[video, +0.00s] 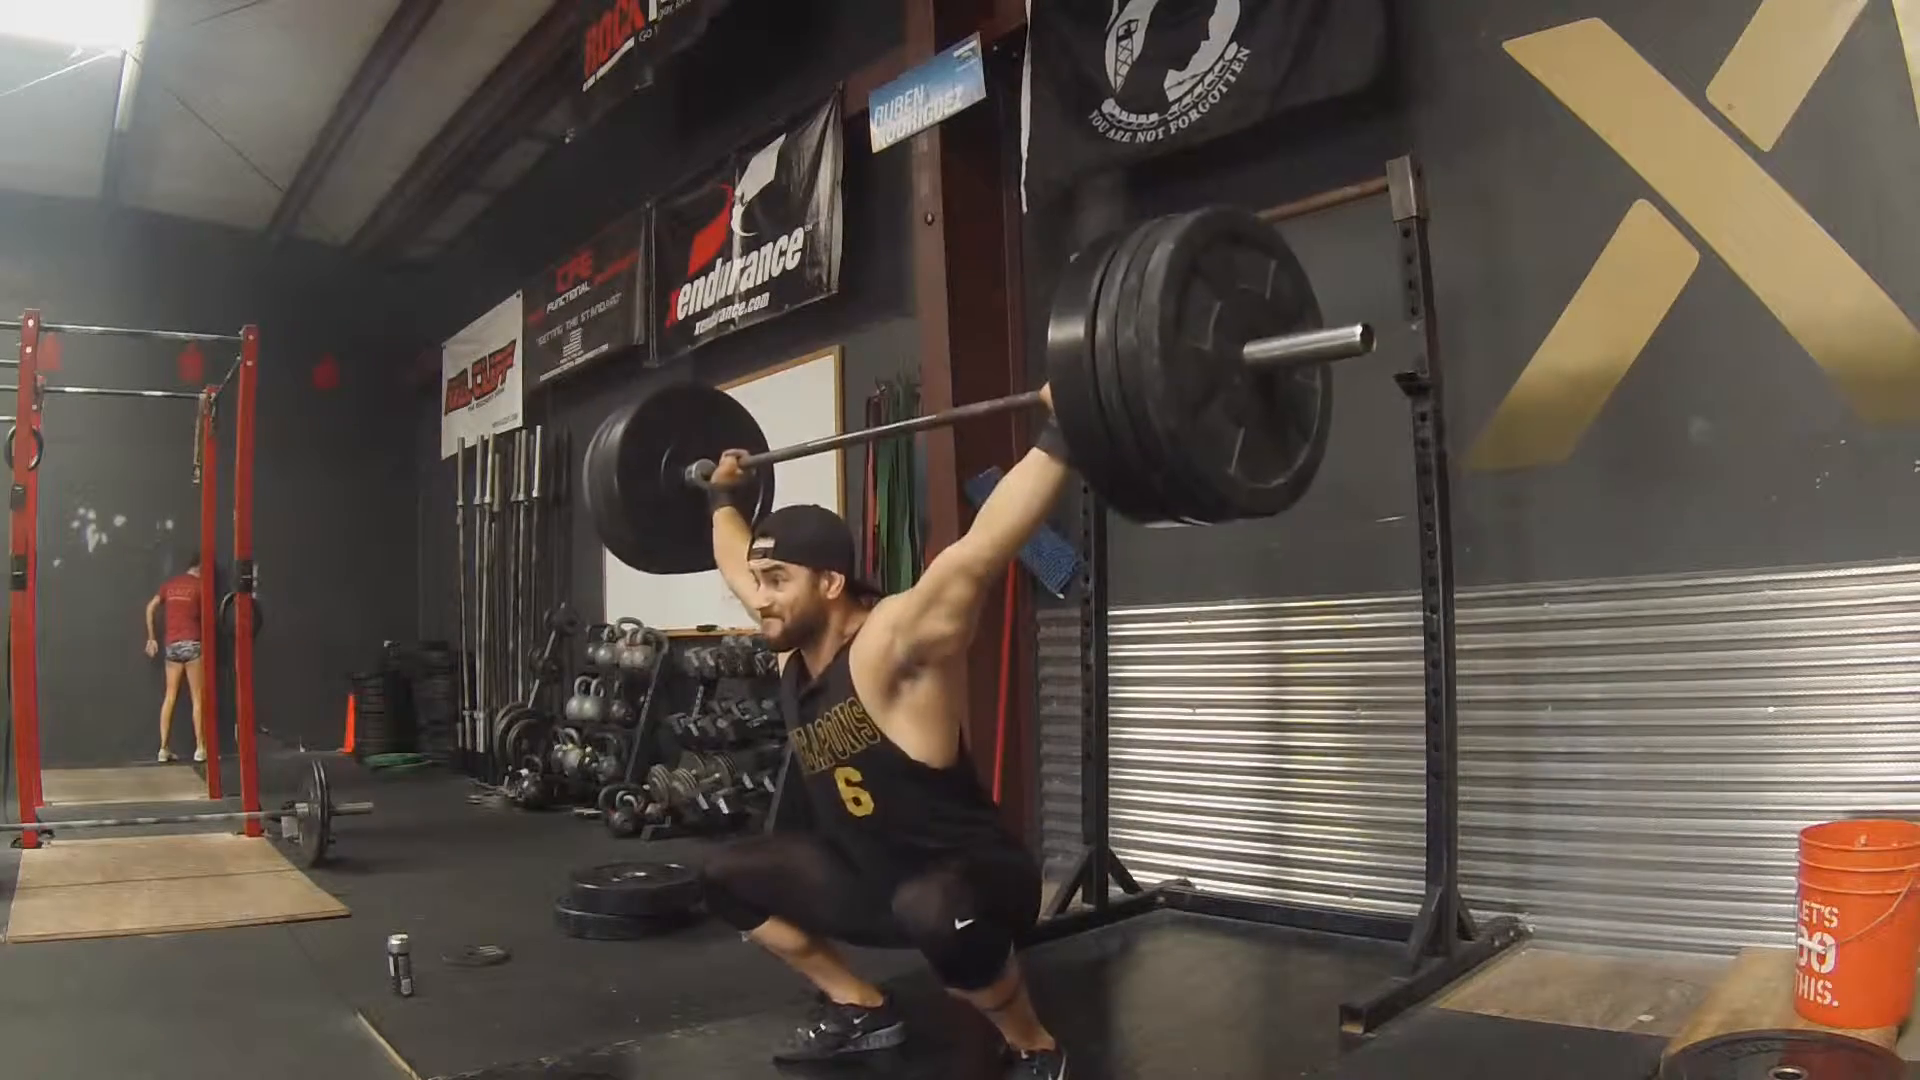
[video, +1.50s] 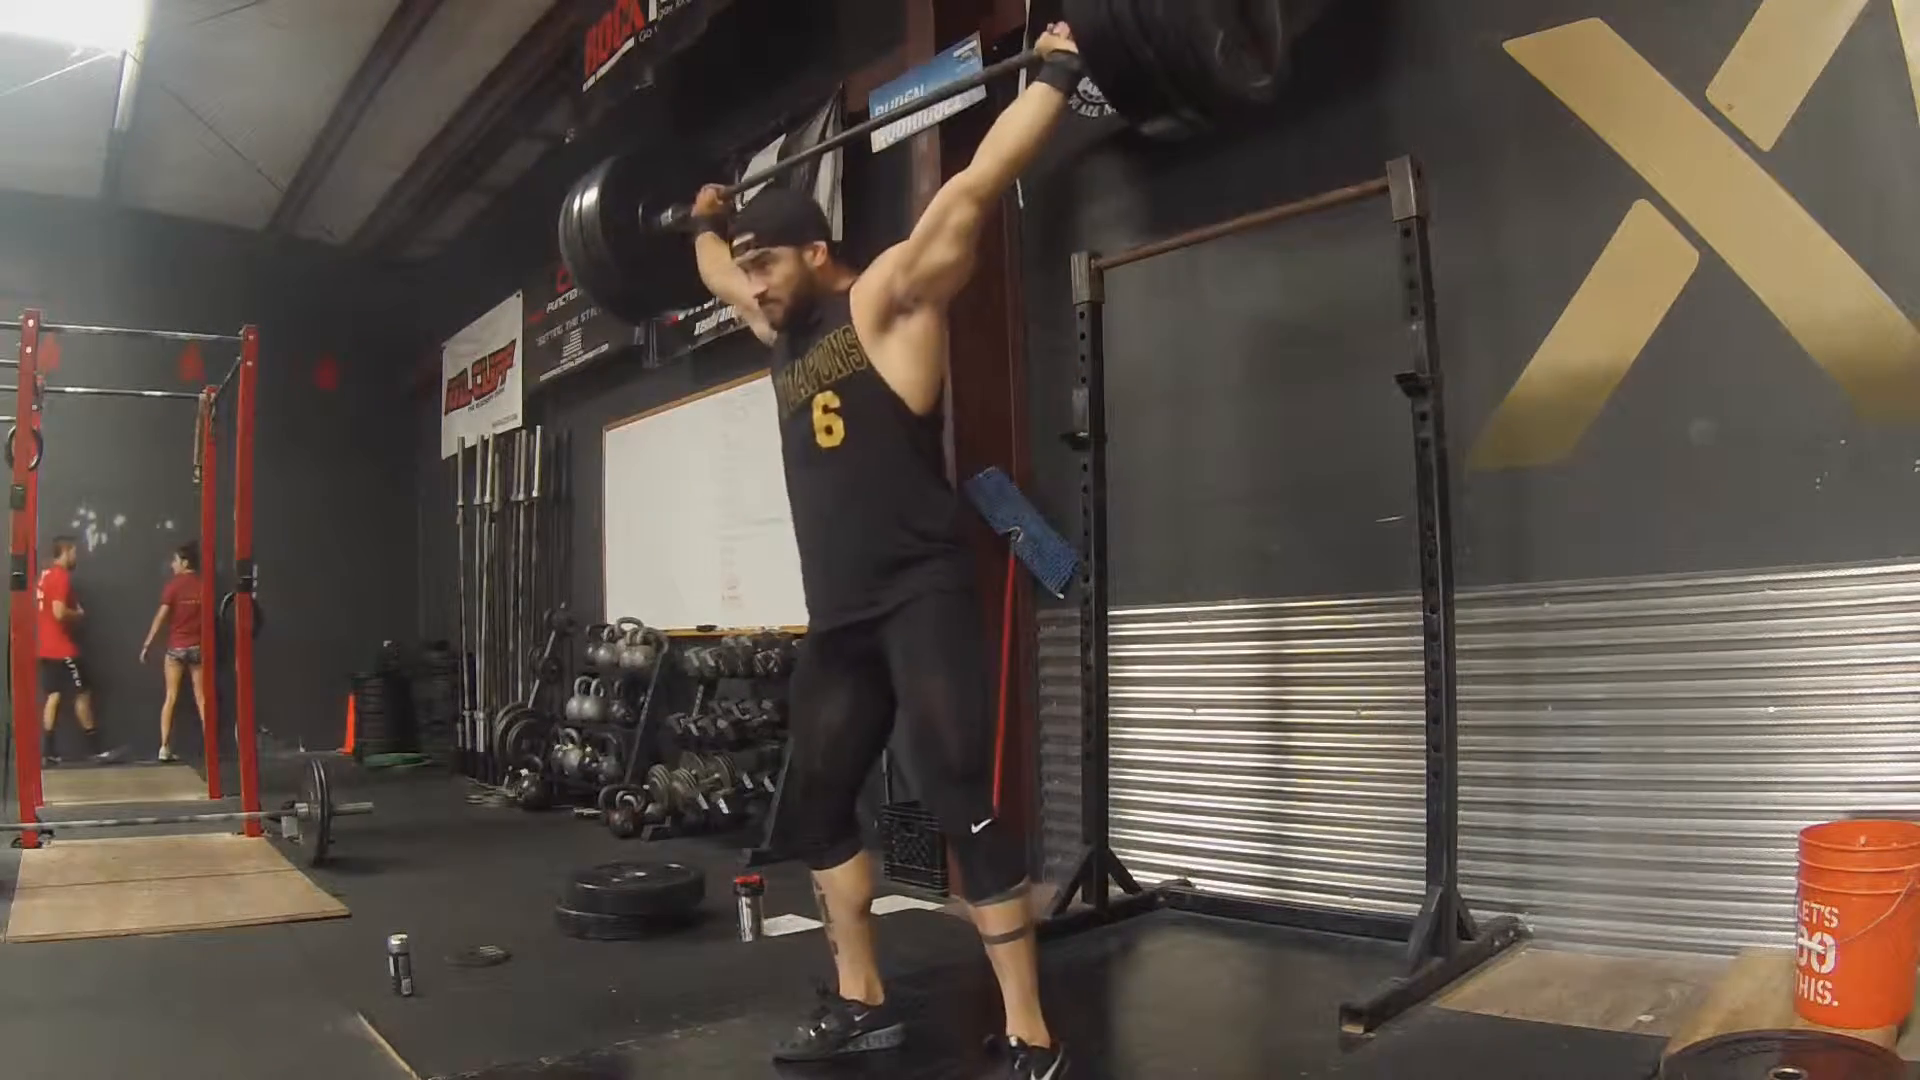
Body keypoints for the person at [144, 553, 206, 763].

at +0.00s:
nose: (205, 575)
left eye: (204, 570)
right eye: (205, 571)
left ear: (189, 566)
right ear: (201, 569)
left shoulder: (170, 583)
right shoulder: (201, 587)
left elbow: (150, 607)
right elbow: (208, 616)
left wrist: (151, 637)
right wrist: (209, 641)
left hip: (171, 640)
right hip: (193, 639)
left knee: (169, 696)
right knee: (197, 698)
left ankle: (163, 748)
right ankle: (200, 747)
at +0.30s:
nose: (204, 570)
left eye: (203, 566)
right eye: (203, 566)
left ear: (186, 565)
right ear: (198, 565)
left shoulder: (170, 585)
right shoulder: (199, 584)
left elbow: (158, 618)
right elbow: (206, 614)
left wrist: (159, 648)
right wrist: (208, 640)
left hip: (172, 644)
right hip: (193, 643)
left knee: (169, 698)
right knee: (198, 698)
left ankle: (163, 748)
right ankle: (200, 747)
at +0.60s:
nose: (203, 571)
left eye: (203, 568)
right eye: (203, 568)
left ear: (186, 566)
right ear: (198, 566)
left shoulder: (171, 588)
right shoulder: (199, 584)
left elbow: (165, 620)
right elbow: (206, 613)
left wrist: (169, 638)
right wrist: (207, 638)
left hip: (172, 642)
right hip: (192, 641)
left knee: (169, 697)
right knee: (198, 697)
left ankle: (163, 748)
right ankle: (200, 747)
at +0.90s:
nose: (182, 568)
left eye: (182, 564)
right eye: (187, 564)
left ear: (181, 564)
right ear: (197, 564)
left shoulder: (170, 585)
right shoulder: (201, 584)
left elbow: (167, 615)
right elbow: (207, 614)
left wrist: (170, 631)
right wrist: (207, 636)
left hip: (174, 641)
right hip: (195, 640)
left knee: (170, 696)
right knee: (199, 695)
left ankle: (164, 745)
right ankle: (200, 746)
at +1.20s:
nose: (170, 563)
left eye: (172, 559)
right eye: (171, 559)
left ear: (179, 561)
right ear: (189, 562)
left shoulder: (167, 583)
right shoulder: (201, 585)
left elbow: (157, 615)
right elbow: (207, 614)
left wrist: (163, 634)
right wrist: (204, 635)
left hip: (170, 642)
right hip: (194, 641)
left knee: (168, 696)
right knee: (202, 694)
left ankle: (164, 745)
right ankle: (204, 738)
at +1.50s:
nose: (172, 564)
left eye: (175, 560)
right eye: (173, 560)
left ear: (185, 562)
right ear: (192, 562)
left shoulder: (174, 585)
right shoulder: (204, 586)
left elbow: (161, 615)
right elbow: (210, 615)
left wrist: (147, 643)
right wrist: (209, 640)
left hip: (176, 645)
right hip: (199, 644)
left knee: (170, 696)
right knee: (202, 696)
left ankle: (164, 745)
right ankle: (210, 745)